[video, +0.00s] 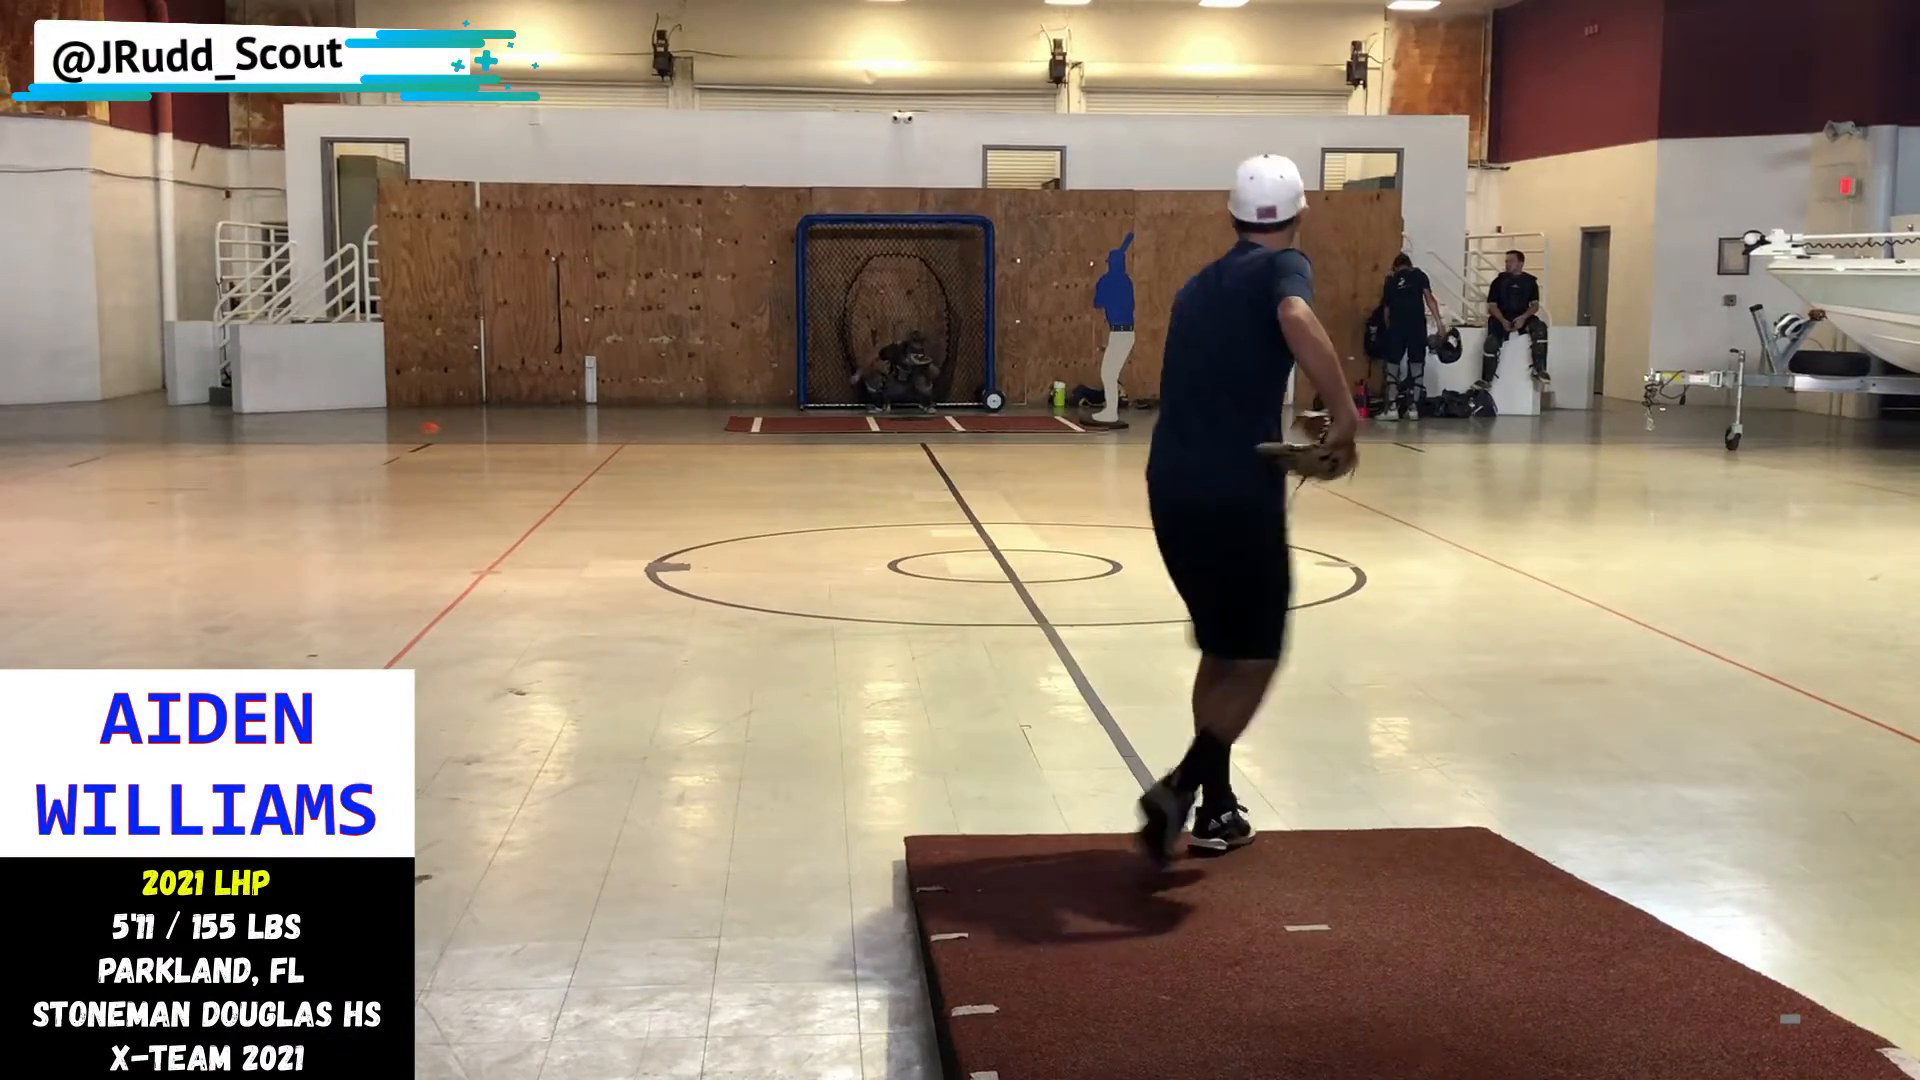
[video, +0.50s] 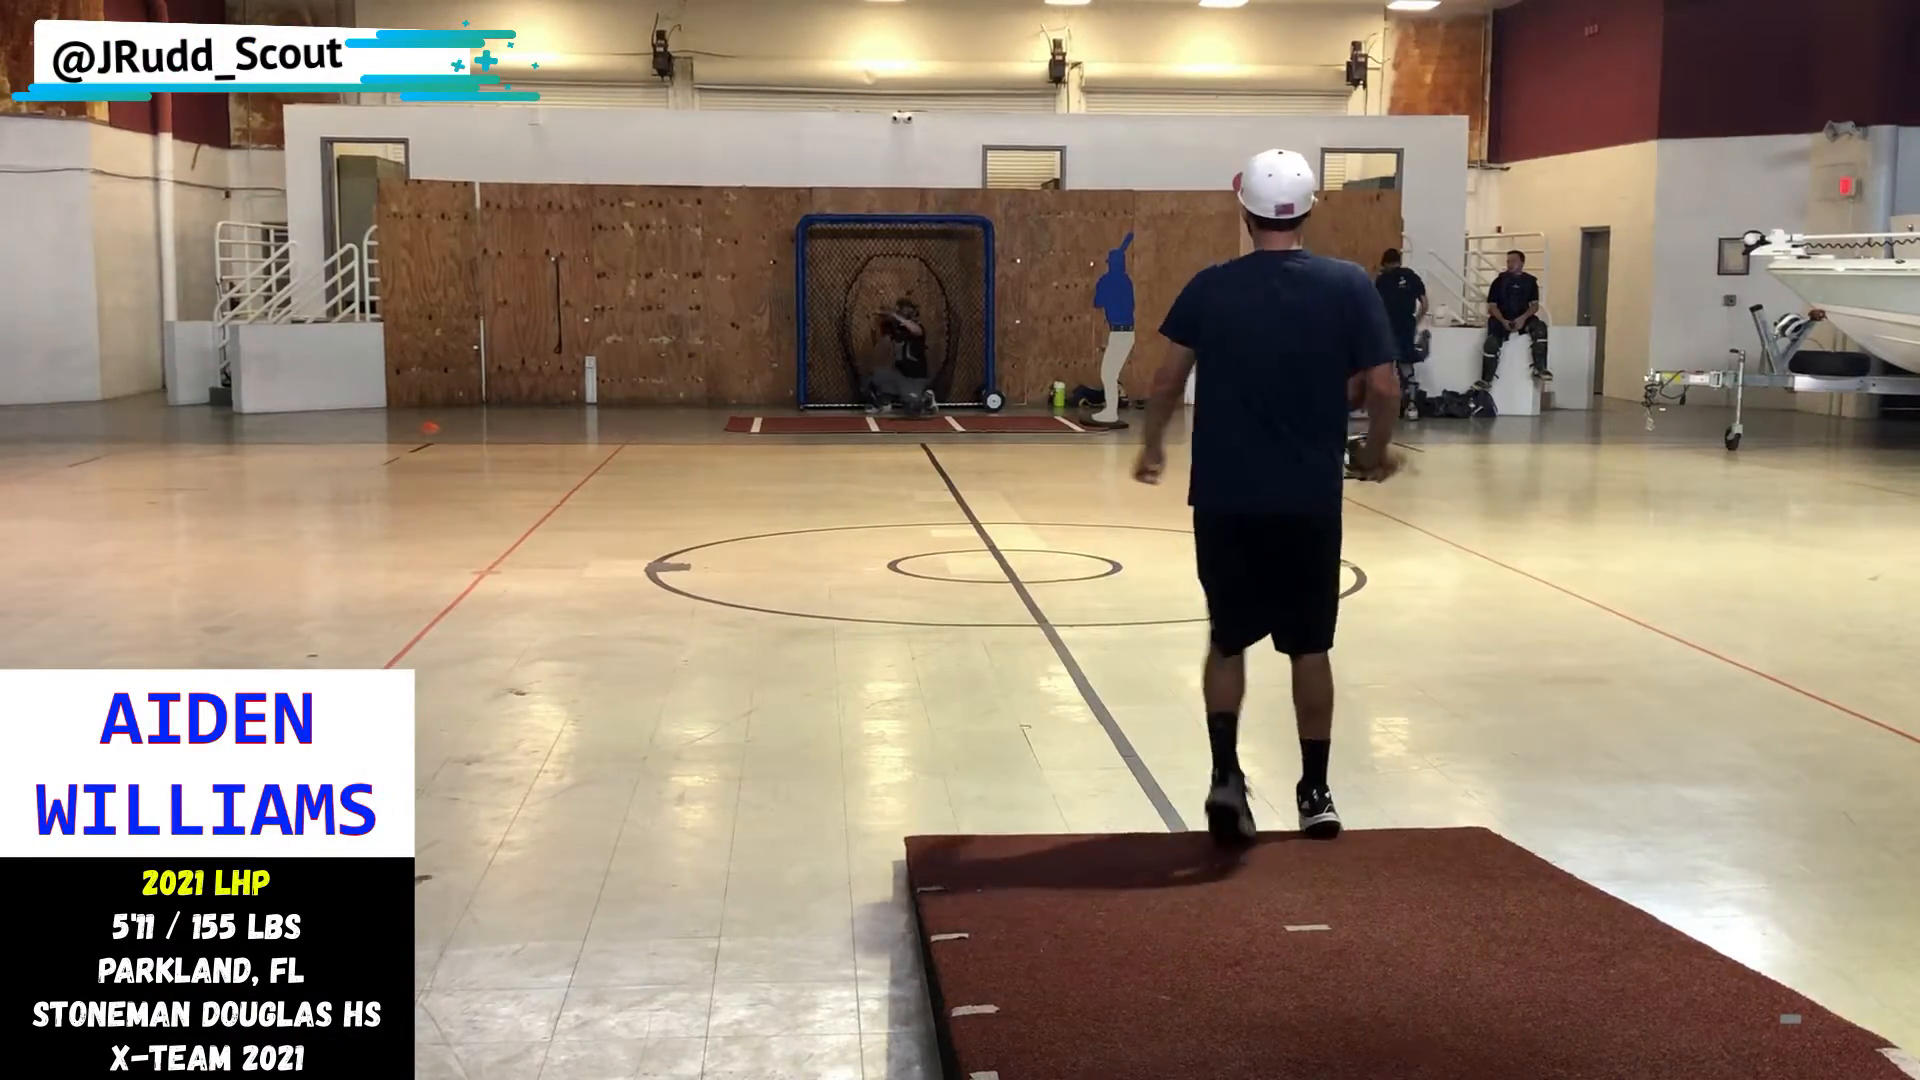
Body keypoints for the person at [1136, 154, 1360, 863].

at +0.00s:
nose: (1300, 219)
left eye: (1293, 208)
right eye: (1300, 210)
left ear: (1234, 217)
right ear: (1294, 215)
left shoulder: (1198, 285)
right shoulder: (1284, 263)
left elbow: (1193, 392)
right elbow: (1294, 319)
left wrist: (1265, 444)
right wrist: (1344, 420)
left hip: (1172, 482)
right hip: (1238, 486)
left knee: (1218, 643)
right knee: (1258, 651)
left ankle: (1217, 806)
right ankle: (1179, 789)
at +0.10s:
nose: (1297, 215)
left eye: (1287, 206)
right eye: (1297, 206)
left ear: (1229, 208)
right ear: (1291, 207)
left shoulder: (1186, 286)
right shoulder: (1289, 264)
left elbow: (1196, 391)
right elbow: (1305, 323)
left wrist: (1268, 442)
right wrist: (1358, 423)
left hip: (1188, 490)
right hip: (1256, 489)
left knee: (1224, 639)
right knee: (1298, 628)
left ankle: (1217, 810)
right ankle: (1233, 753)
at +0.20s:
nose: (1299, 206)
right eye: (1299, 197)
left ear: (1228, 199)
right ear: (1291, 200)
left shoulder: (1184, 281)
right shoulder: (1298, 261)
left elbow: (1182, 389)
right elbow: (1320, 339)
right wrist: (1369, 428)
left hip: (1200, 493)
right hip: (1281, 492)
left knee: (1220, 642)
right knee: (1309, 618)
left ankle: (1218, 806)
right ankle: (1286, 765)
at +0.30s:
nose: (1286, 206)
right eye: (1292, 197)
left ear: (1229, 198)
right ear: (1292, 201)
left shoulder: (1188, 280)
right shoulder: (1311, 270)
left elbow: (1182, 390)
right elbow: (1333, 366)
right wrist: (1377, 436)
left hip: (1209, 498)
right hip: (1294, 497)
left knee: (1225, 647)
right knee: (1308, 635)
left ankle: (1220, 805)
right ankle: (1320, 790)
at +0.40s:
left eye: (1249, 195)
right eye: (1296, 200)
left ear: (1236, 206)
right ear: (1301, 208)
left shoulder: (1198, 287)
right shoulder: (1330, 284)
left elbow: (1179, 394)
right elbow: (1355, 391)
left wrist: (1197, 456)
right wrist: (1381, 448)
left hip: (1218, 503)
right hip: (1303, 504)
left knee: (1231, 652)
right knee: (1307, 648)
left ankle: (1222, 803)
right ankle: (1315, 792)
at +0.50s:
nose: (1249, 211)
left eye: (1244, 202)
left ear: (1243, 209)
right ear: (1307, 209)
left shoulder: (1212, 287)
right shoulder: (1349, 287)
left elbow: (1167, 382)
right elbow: (1385, 389)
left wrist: (1150, 445)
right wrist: (1377, 449)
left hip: (1225, 501)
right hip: (1309, 504)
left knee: (1225, 639)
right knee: (1310, 648)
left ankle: (1224, 776)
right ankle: (1315, 792)